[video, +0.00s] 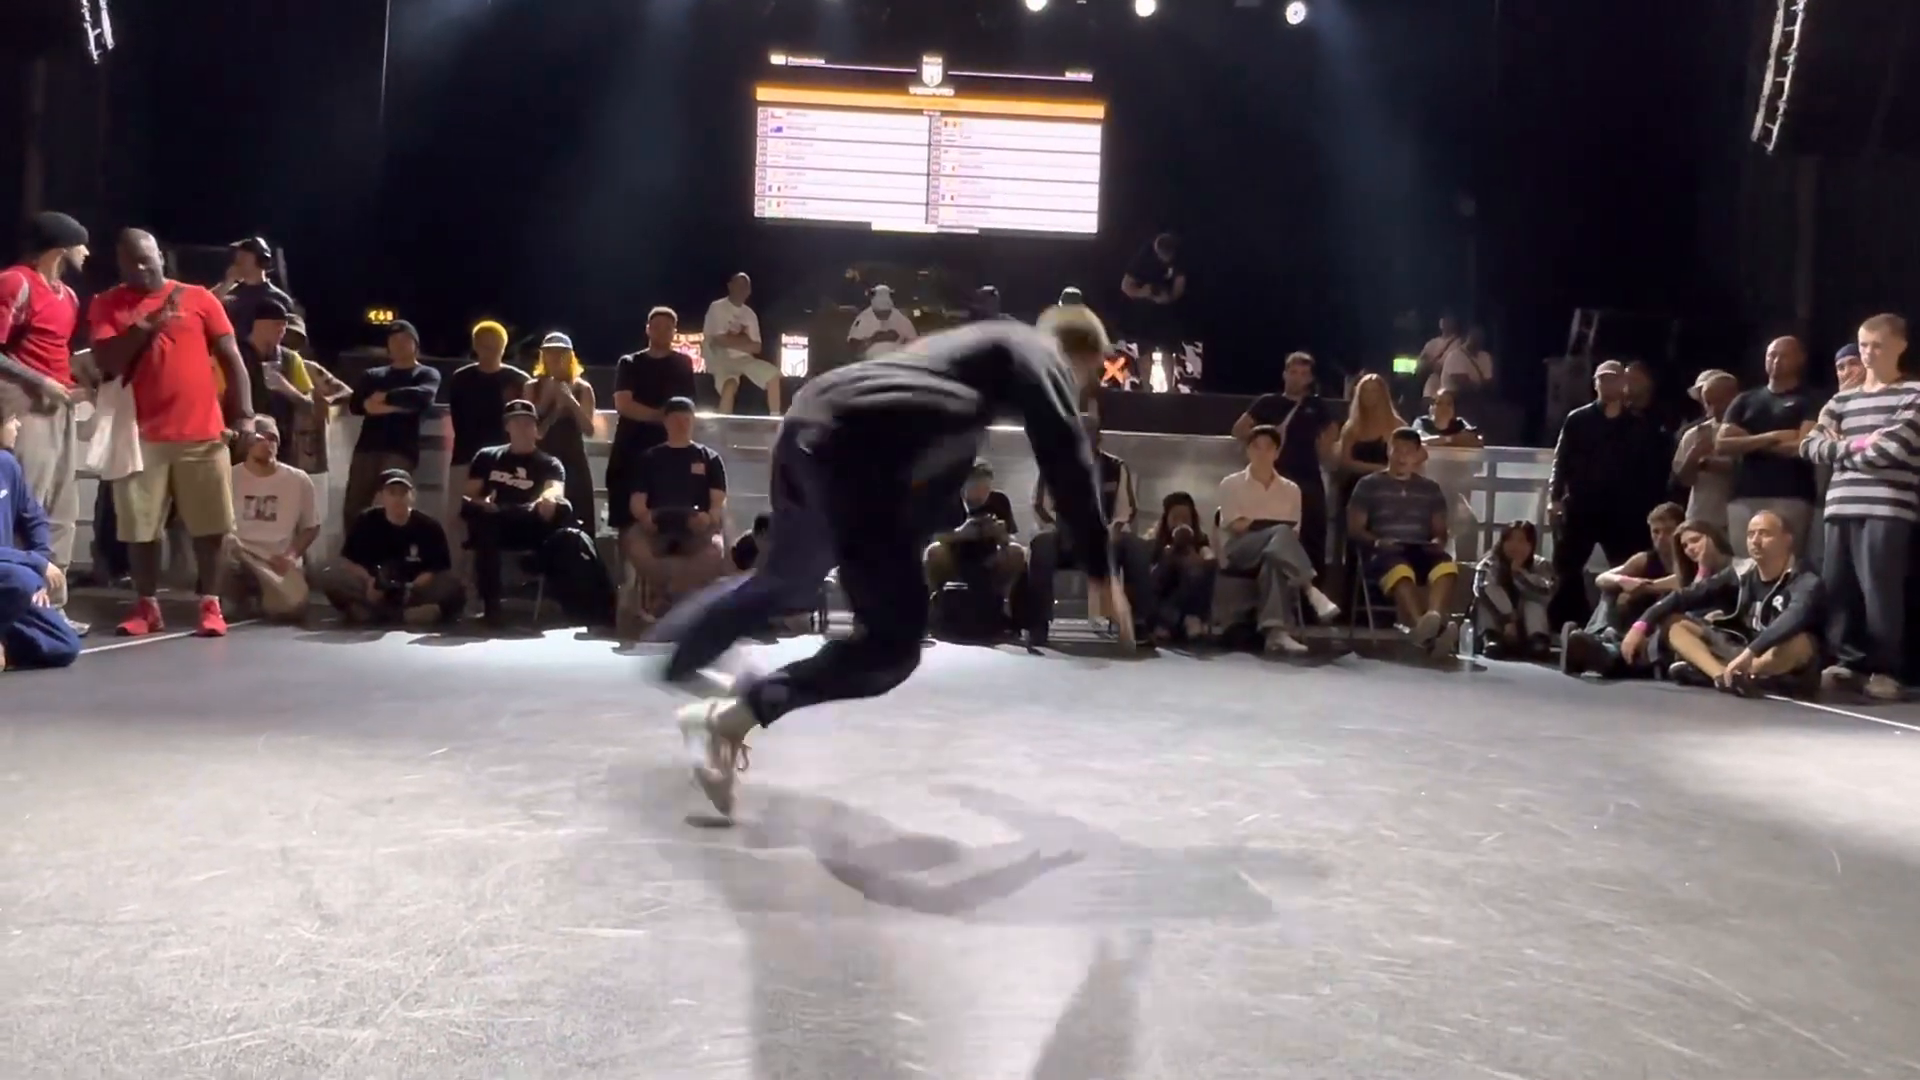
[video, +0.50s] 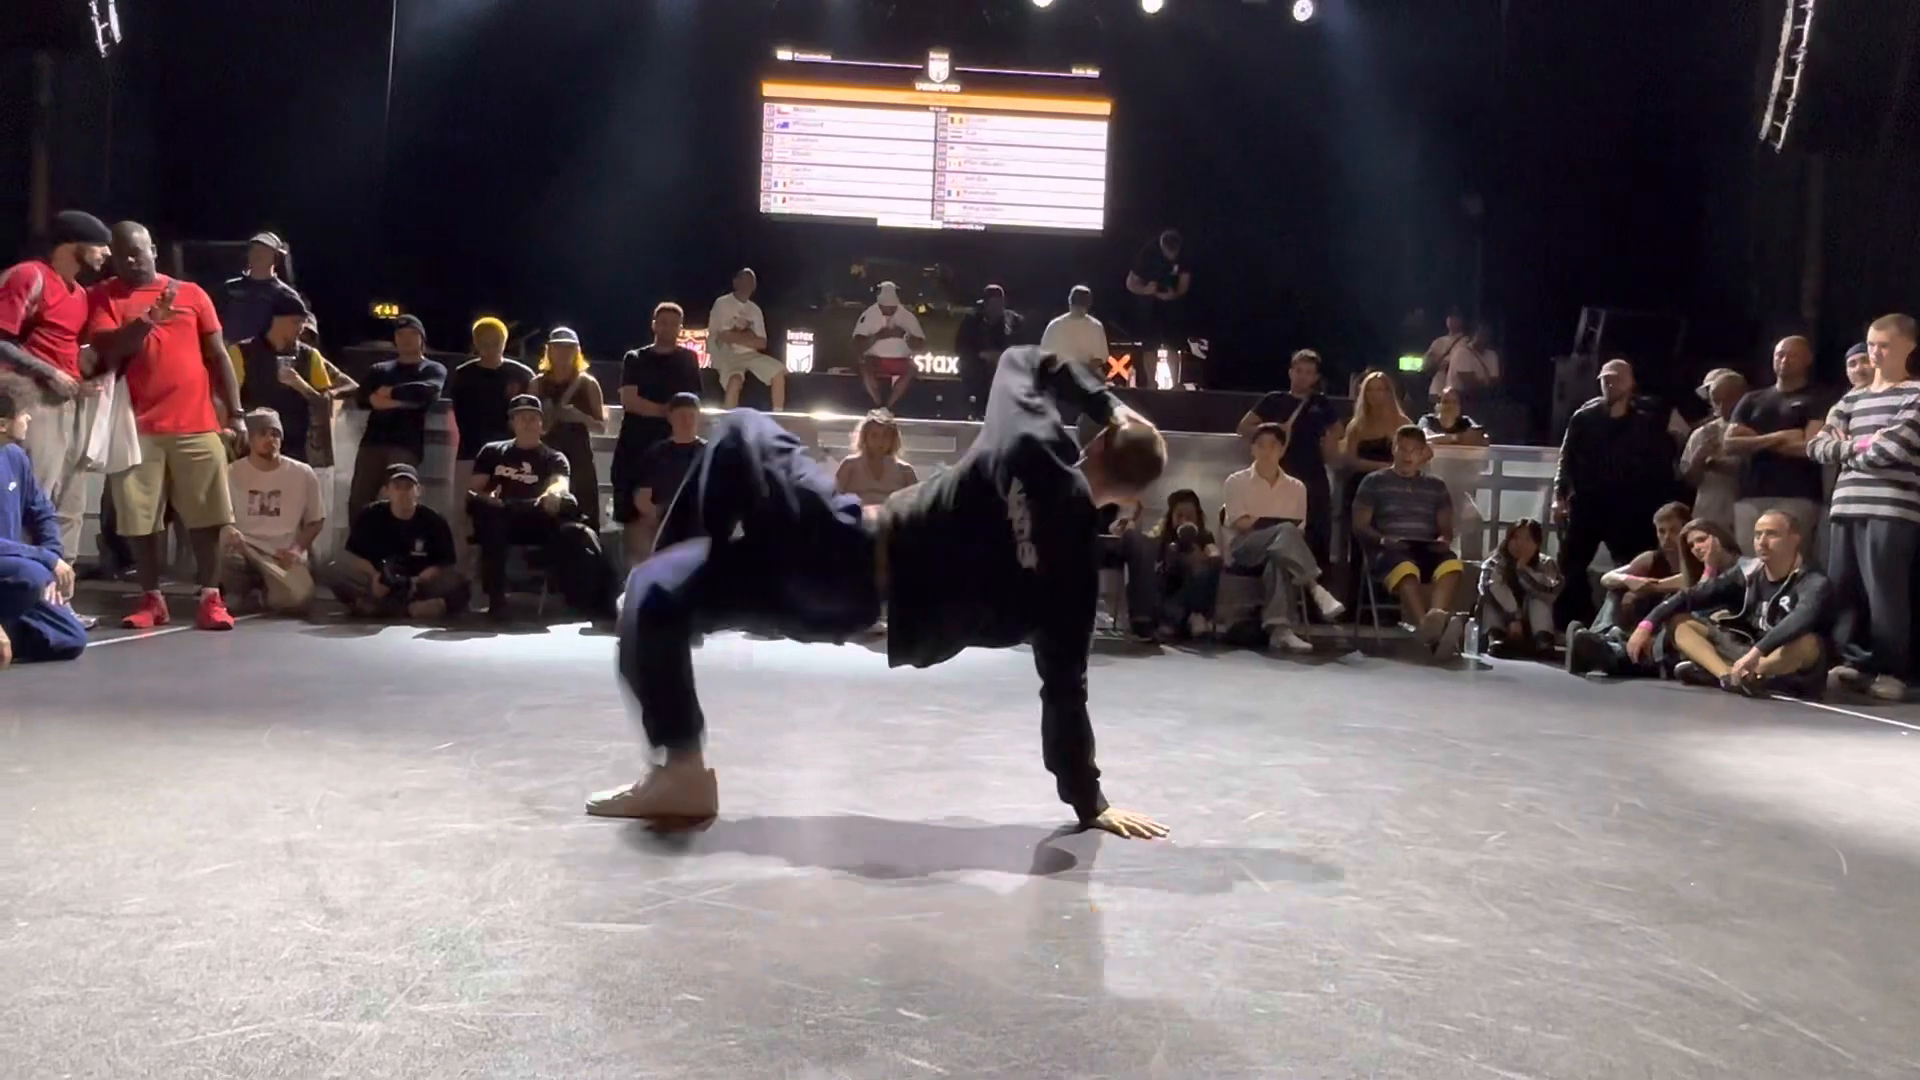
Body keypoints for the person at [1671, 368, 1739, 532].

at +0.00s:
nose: (1713, 409)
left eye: (1718, 402)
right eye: (1709, 403)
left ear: (1732, 398)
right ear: (1704, 403)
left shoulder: (1743, 431)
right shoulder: (1694, 435)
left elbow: (1747, 469)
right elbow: (1681, 478)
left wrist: (1708, 464)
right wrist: (1696, 452)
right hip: (1701, 510)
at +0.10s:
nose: (1715, 409)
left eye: (1720, 402)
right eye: (1710, 403)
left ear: (1734, 398)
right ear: (1705, 402)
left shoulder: (1745, 430)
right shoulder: (1695, 435)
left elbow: (1749, 468)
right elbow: (1682, 479)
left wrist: (1709, 463)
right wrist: (1697, 452)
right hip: (1703, 512)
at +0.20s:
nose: (1716, 408)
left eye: (1721, 401)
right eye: (1711, 402)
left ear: (1735, 397)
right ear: (1706, 402)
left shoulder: (1746, 430)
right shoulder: (1696, 435)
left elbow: (1750, 469)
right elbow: (1683, 475)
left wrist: (1711, 464)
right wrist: (1698, 453)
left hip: (1739, 511)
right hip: (1704, 512)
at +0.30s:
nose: (1718, 408)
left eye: (1723, 401)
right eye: (1713, 402)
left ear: (1737, 398)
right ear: (1707, 402)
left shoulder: (1749, 431)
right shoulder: (1698, 435)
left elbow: (1752, 469)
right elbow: (1685, 476)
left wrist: (1712, 464)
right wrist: (1698, 454)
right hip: (1705, 513)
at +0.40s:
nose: (1720, 408)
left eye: (1725, 401)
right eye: (1715, 402)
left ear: (1739, 398)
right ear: (1710, 402)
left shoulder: (1751, 431)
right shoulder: (1700, 435)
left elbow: (1754, 469)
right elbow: (1684, 474)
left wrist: (1717, 463)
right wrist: (1698, 455)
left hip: (1742, 509)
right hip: (1707, 510)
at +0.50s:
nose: (1721, 407)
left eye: (1726, 400)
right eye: (1716, 401)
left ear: (1740, 398)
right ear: (1711, 401)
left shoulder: (1751, 430)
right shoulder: (1702, 434)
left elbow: (1752, 468)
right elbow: (1688, 474)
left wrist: (1715, 464)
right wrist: (1700, 456)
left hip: (1743, 507)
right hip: (1709, 509)